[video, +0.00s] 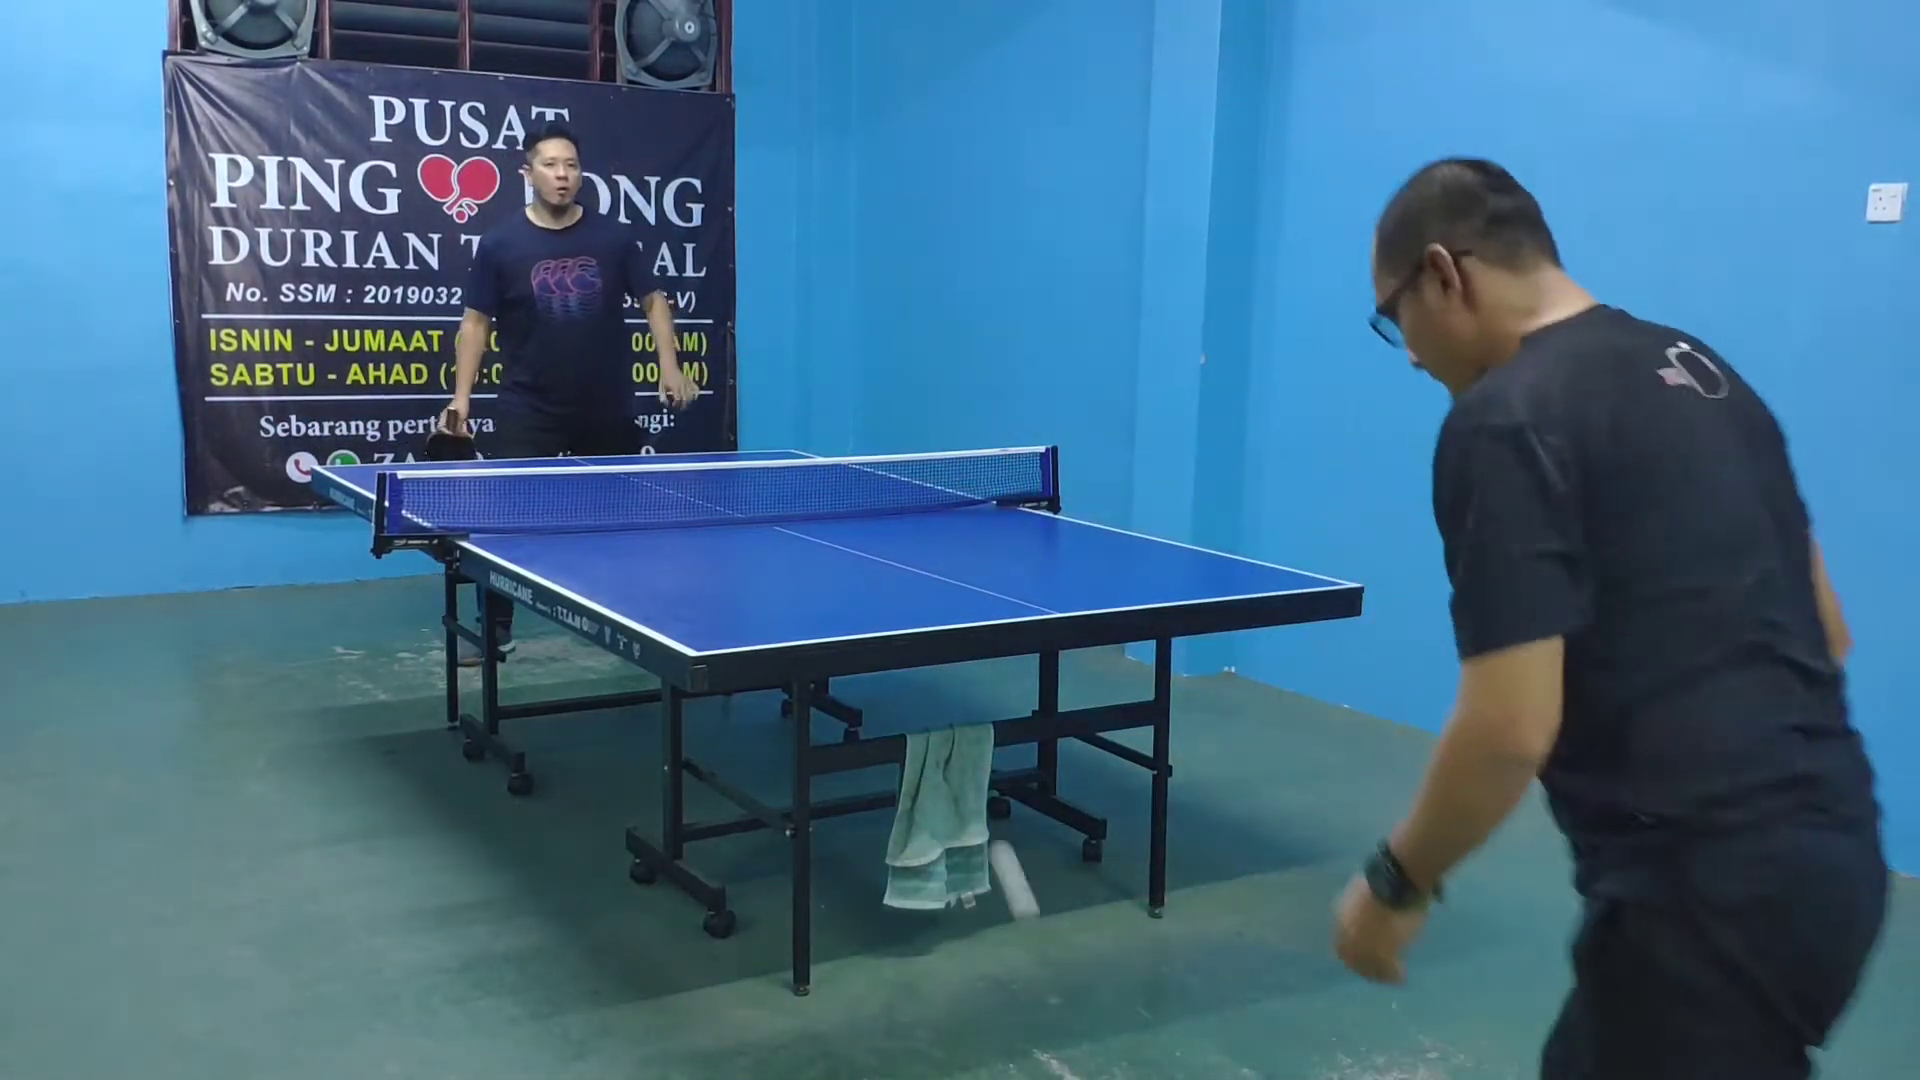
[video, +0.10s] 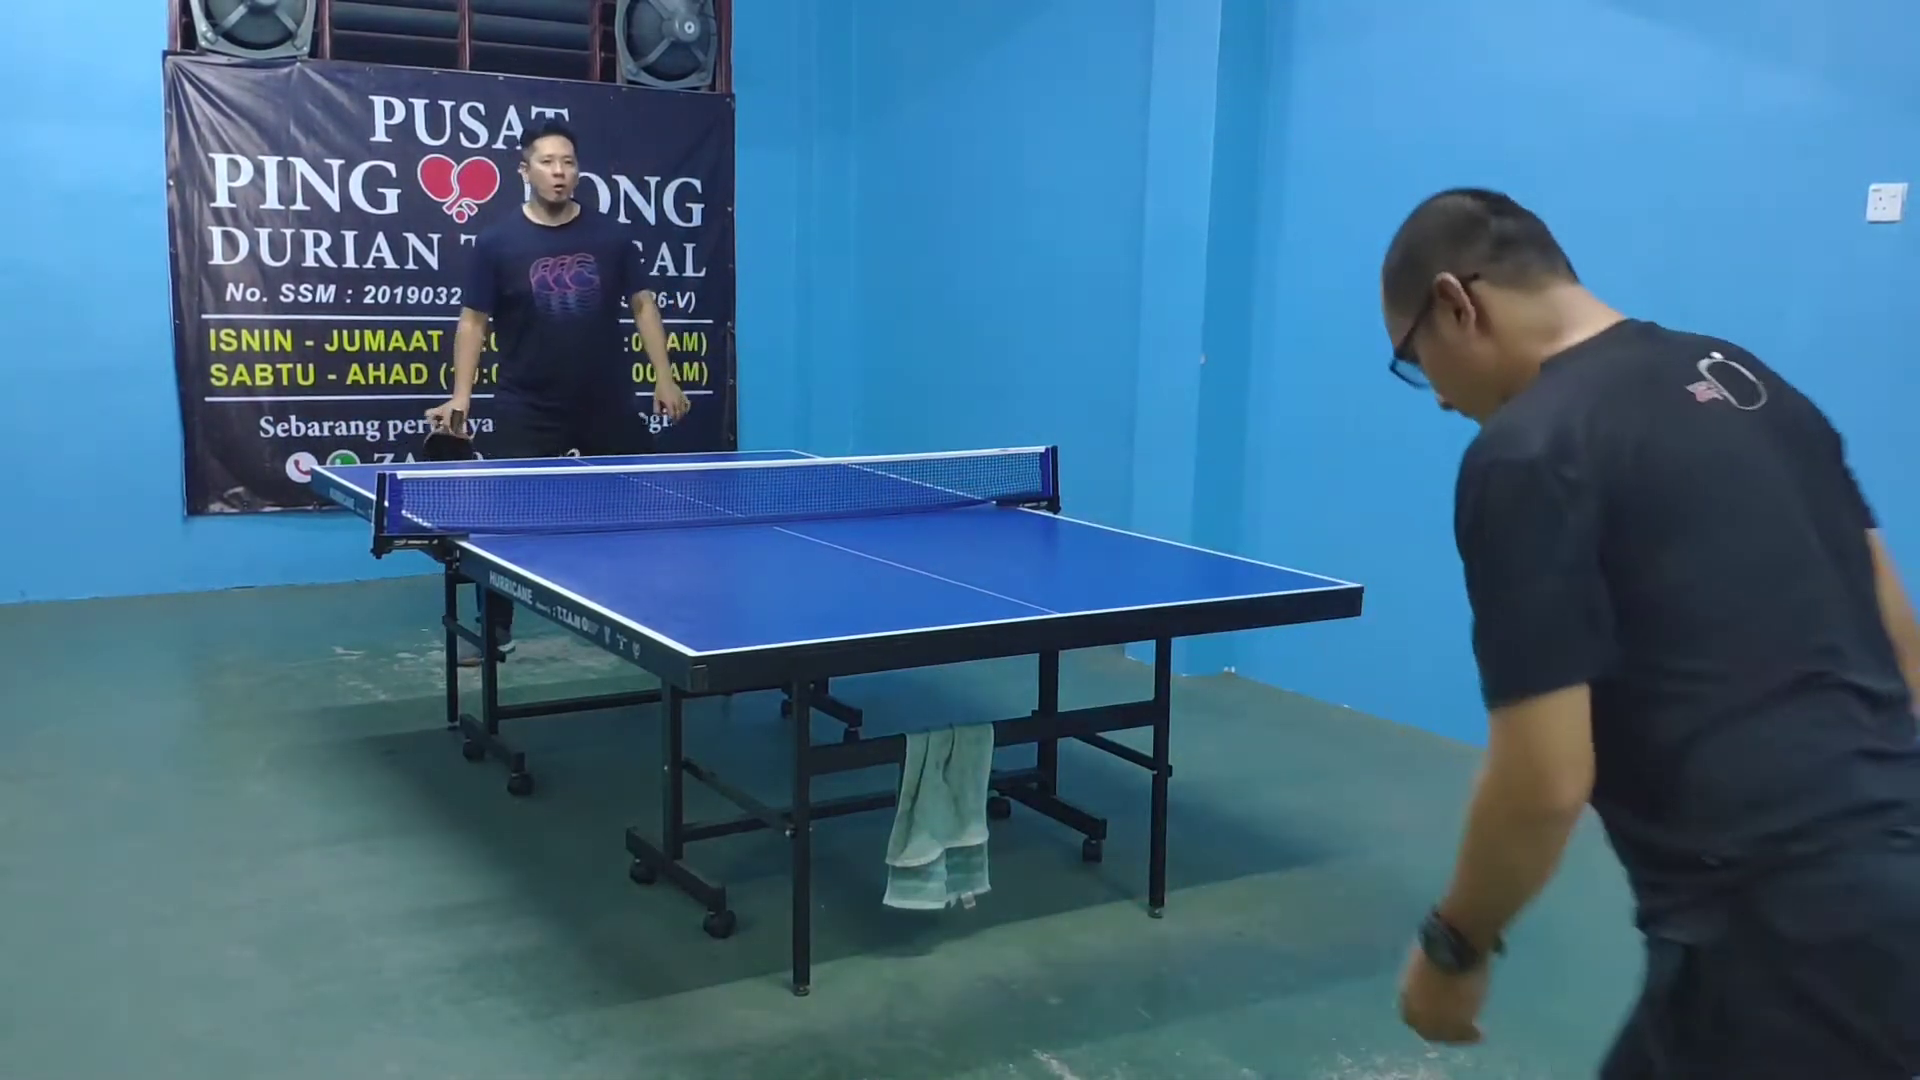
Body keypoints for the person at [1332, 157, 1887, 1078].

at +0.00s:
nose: (1408, 352)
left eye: (1395, 319)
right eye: (1389, 328)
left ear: (1447, 277)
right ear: (1538, 253)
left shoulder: (1508, 417)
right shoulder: (1703, 371)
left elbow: (1510, 725)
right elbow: (1823, 635)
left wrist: (1397, 881)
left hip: (1701, 896)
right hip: (1821, 865)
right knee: (1585, 1057)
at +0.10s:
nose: (1439, 398)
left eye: (1417, 359)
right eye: (1415, 370)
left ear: (1460, 305)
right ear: (1556, 276)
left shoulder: (1529, 450)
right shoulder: (1753, 382)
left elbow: (1544, 780)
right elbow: (1898, 641)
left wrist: (1454, 946)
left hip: (1782, 942)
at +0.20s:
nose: (1449, 430)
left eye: (1421, 395)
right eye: (1420, 407)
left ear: (1454, 337)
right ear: (1551, 293)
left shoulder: (1550, 475)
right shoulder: (1774, 378)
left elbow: (1588, 820)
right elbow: (1912, 555)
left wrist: (1504, 991)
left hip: (1835, 953)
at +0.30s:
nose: (1448, 450)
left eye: (1417, 418)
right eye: (1416, 428)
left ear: (1450, 357)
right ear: (1541, 302)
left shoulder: (1557, 485)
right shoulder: (1791, 371)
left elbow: (1629, 838)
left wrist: (1546, 1007)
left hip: (1857, 955)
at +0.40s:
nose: (1452, 455)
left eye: (1417, 424)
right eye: (1417, 435)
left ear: (1443, 359)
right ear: (1528, 301)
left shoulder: (1552, 478)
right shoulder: (1794, 363)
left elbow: (1662, 825)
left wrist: (1596, 992)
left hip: (1851, 959)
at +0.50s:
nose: (1439, 445)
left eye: (1406, 412)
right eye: (1406, 424)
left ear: (1433, 348)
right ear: (1521, 292)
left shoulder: (1540, 471)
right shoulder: (1776, 357)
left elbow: (1663, 812)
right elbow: (1914, 518)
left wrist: (1618, 930)